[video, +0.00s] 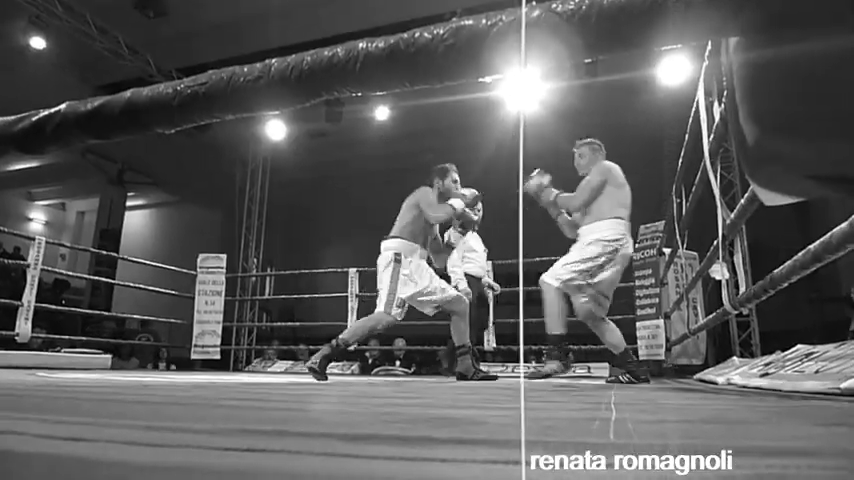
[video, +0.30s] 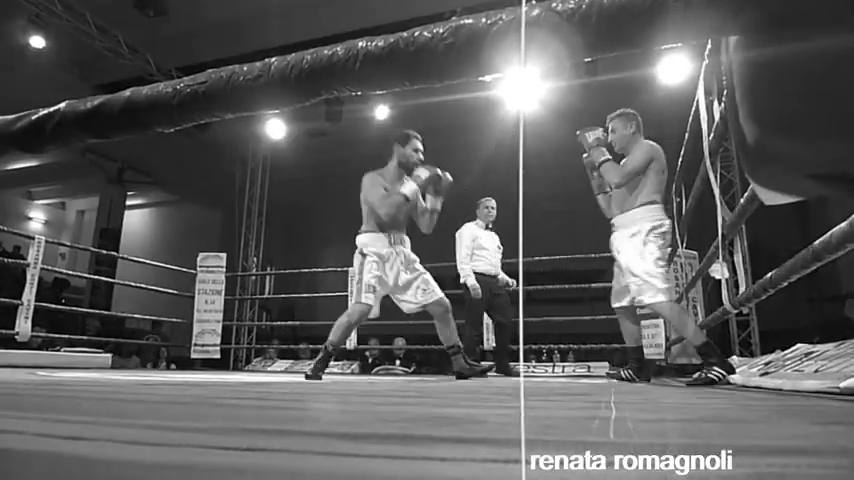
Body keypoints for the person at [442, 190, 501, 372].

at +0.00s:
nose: (477, 214)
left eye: (479, 210)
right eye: (474, 210)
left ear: (481, 214)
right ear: (465, 213)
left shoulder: (476, 237)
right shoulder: (459, 235)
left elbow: (479, 264)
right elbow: (453, 262)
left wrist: (487, 280)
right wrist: (461, 284)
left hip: (479, 280)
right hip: (466, 279)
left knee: (480, 320)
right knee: (467, 320)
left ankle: (473, 358)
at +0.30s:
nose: (490, 211)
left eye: (493, 209)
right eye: (486, 208)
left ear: (496, 213)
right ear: (478, 211)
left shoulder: (494, 237)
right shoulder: (467, 230)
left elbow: (495, 267)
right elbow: (462, 258)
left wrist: (506, 279)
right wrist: (470, 280)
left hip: (494, 279)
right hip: (476, 278)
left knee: (504, 320)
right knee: (474, 323)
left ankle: (502, 362)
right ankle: (470, 363)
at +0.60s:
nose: (510, 211)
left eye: (513, 208)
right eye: (506, 208)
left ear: (517, 212)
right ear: (498, 211)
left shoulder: (520, 236)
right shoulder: (487, 230)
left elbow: (525, 263)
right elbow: (476, 259)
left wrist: (531, 276)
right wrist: (472, 283)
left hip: (517, 279)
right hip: (495, 278)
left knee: (520, 322)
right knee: (492, 319)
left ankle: (519, 364)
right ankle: (478, 364)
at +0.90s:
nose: (515, 207)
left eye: (518, 204)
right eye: (512, 204)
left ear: (522, 207)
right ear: (504, 207)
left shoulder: (529, 232)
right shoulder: (492, 227)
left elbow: (537, 257)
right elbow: (483, 256)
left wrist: (543, 269)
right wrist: (482, 280)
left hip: (525, 274)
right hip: (501, 273)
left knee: (525, 317)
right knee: (503, 316)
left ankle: (523, 359)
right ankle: (502, 360)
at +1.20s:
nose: (514, 215)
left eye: (517, 211)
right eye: (511, 212)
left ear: (523, 214)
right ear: (505, 215)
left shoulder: (533, 238)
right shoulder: (495, 236)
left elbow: (541, 263)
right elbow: (485, 264)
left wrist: (537, 275)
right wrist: (483, 287)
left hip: (526, 281)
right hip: (501, 281)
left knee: (528, 323)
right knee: (502, 322)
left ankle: (528, 365)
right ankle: (501, 364)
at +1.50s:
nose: (508, 217)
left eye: (512, 213)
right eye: (505, 214)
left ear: (518, 216)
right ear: (500, 217)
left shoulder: (529, 240)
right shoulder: (491, 240)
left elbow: (539, 266)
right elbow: (482, 269)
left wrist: (532, 282)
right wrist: (479, 292)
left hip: (521, 285)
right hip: (497, 285)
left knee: (524, 324)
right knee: (491, 322)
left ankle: (526, 364)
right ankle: (485, 364)